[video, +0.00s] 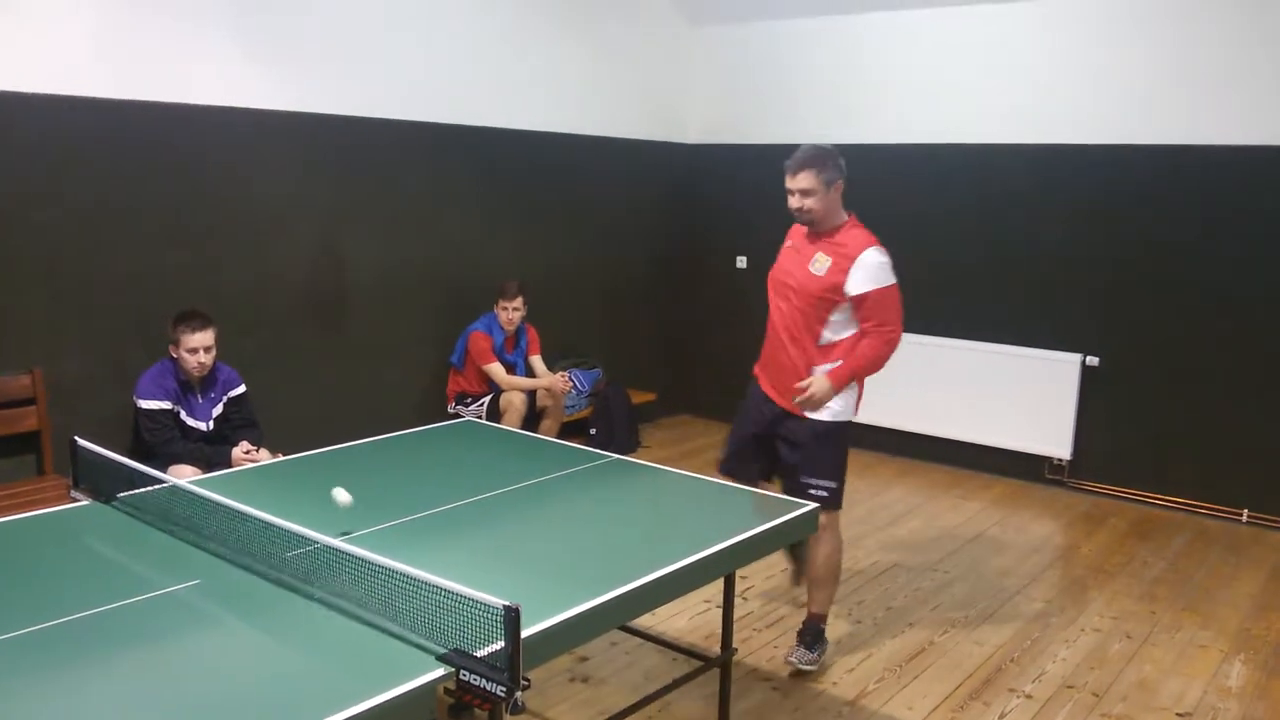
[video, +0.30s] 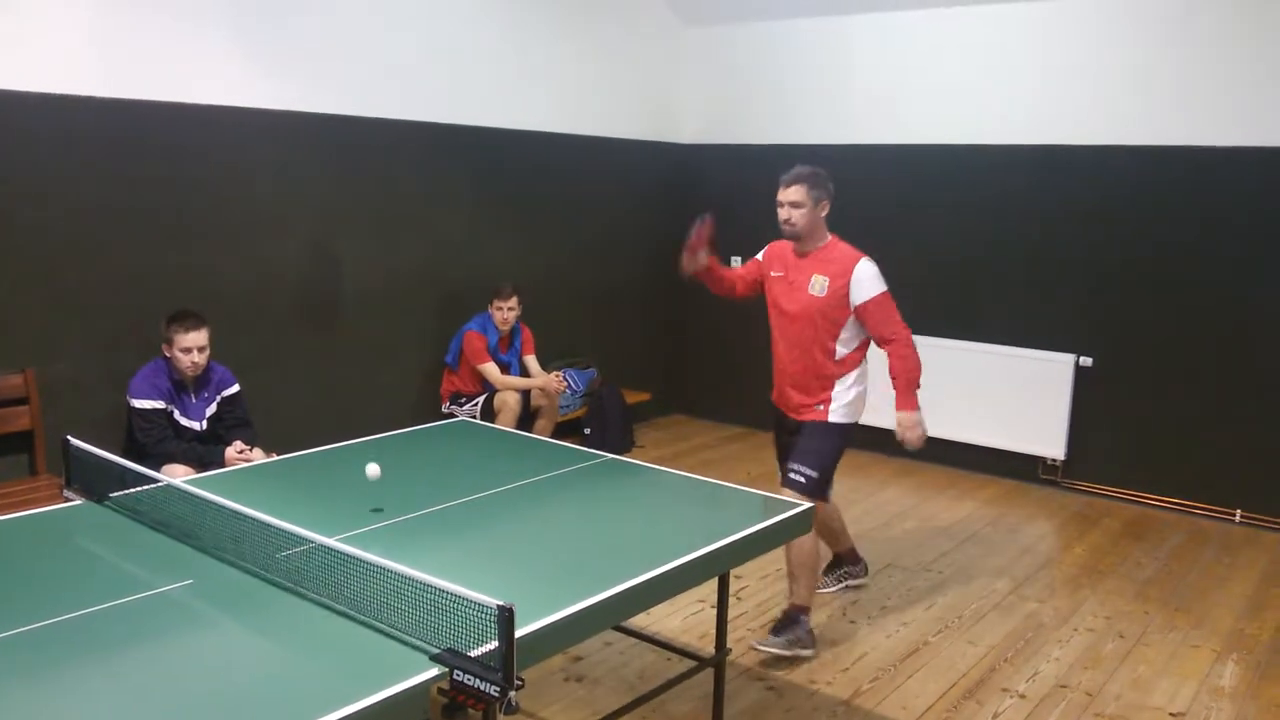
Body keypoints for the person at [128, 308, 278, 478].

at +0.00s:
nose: (202, 359)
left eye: (208, 350)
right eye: (192, 352)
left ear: (215, 348)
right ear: (174, 351)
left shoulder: (228, 378)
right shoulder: (152, 386)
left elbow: (245, 425)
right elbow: (165, 448)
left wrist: (245, 443)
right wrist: (227, 456)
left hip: (220, 453)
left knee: (264, 459)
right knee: (188, 475)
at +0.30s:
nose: (195, 359)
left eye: (202, 350)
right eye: (186, 351)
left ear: (209, 348)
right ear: (167, 350)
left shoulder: (221, 378)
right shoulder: (146, 385)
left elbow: (238, 424)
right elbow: (157, 447)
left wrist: (240, 443)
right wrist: (220, 456)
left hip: (212, 454)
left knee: (258, 459)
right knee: (182, 475)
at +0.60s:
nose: (196, 360)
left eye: (202, 351)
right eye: (187, 352)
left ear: (210, 349)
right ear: (168, 351)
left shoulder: (222, 379)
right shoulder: (146, 386)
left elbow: (237, 425)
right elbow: (158, 448)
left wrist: (239, 444)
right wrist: (220, 457)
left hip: (213, 454)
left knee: (258, 460)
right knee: (182, 476)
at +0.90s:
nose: (201, 355)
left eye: (204, 346)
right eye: (190, 349)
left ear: (209, 345)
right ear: (167, 352)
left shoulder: (218, 378)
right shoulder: (144, 386)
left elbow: (236, 428)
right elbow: (155, 448)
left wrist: (239, 447)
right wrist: (218, 457)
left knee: (254, 460)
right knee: (179, 476)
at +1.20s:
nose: (204, 350)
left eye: (207, 341)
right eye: (193, 344)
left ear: (212, 341)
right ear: (170, 347)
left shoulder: (223, 373)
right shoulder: (147, 382)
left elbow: (239, 421)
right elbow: (159, 443)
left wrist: (240, 439)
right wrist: (222, 452)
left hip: (212, 448)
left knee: (259, 455)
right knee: (183, 471)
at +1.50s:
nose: (208, 350)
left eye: (212, 340)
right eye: (198, 343)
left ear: (218, 340)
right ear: (176, 345)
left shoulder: (228, 372)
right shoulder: (152, 381)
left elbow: (245, 420)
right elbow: (166, 442)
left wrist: (245, 438)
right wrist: (227, 451)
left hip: (218, 451)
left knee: (264, 454)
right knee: (187, 470)